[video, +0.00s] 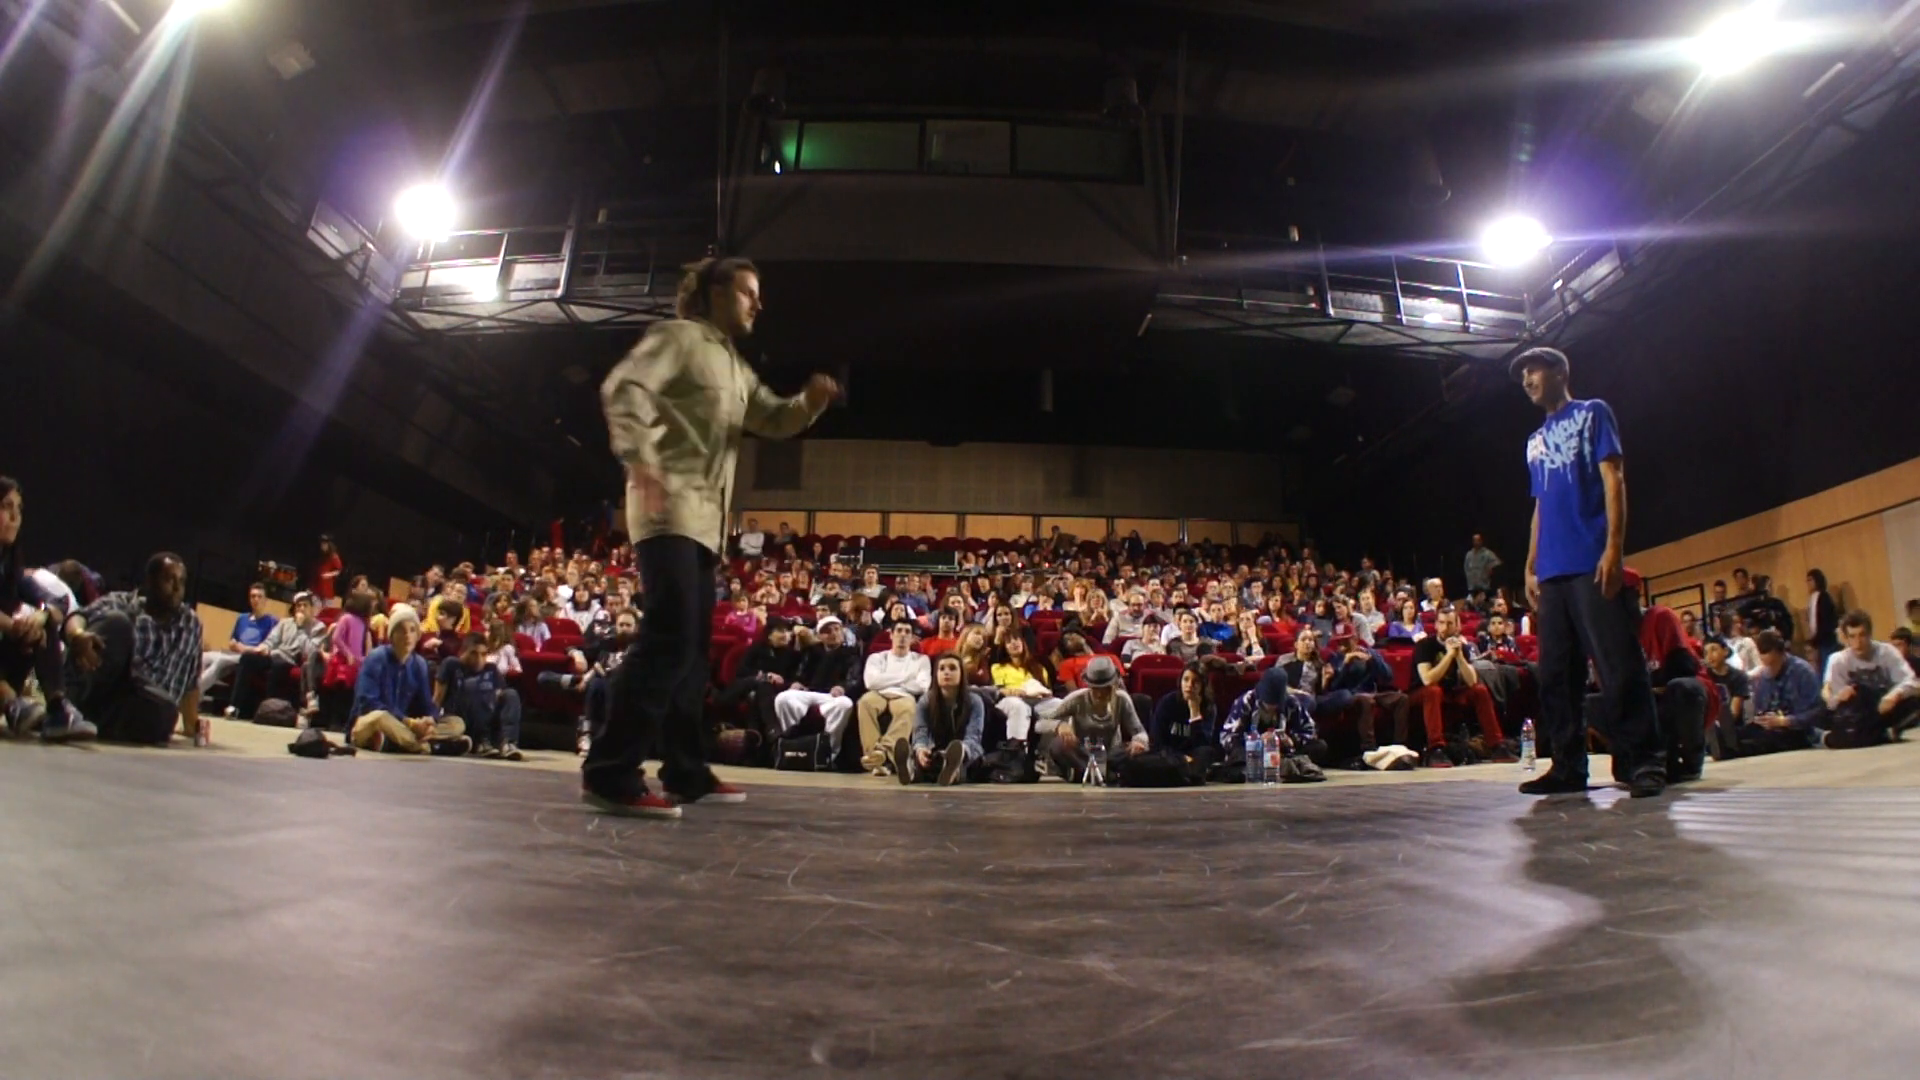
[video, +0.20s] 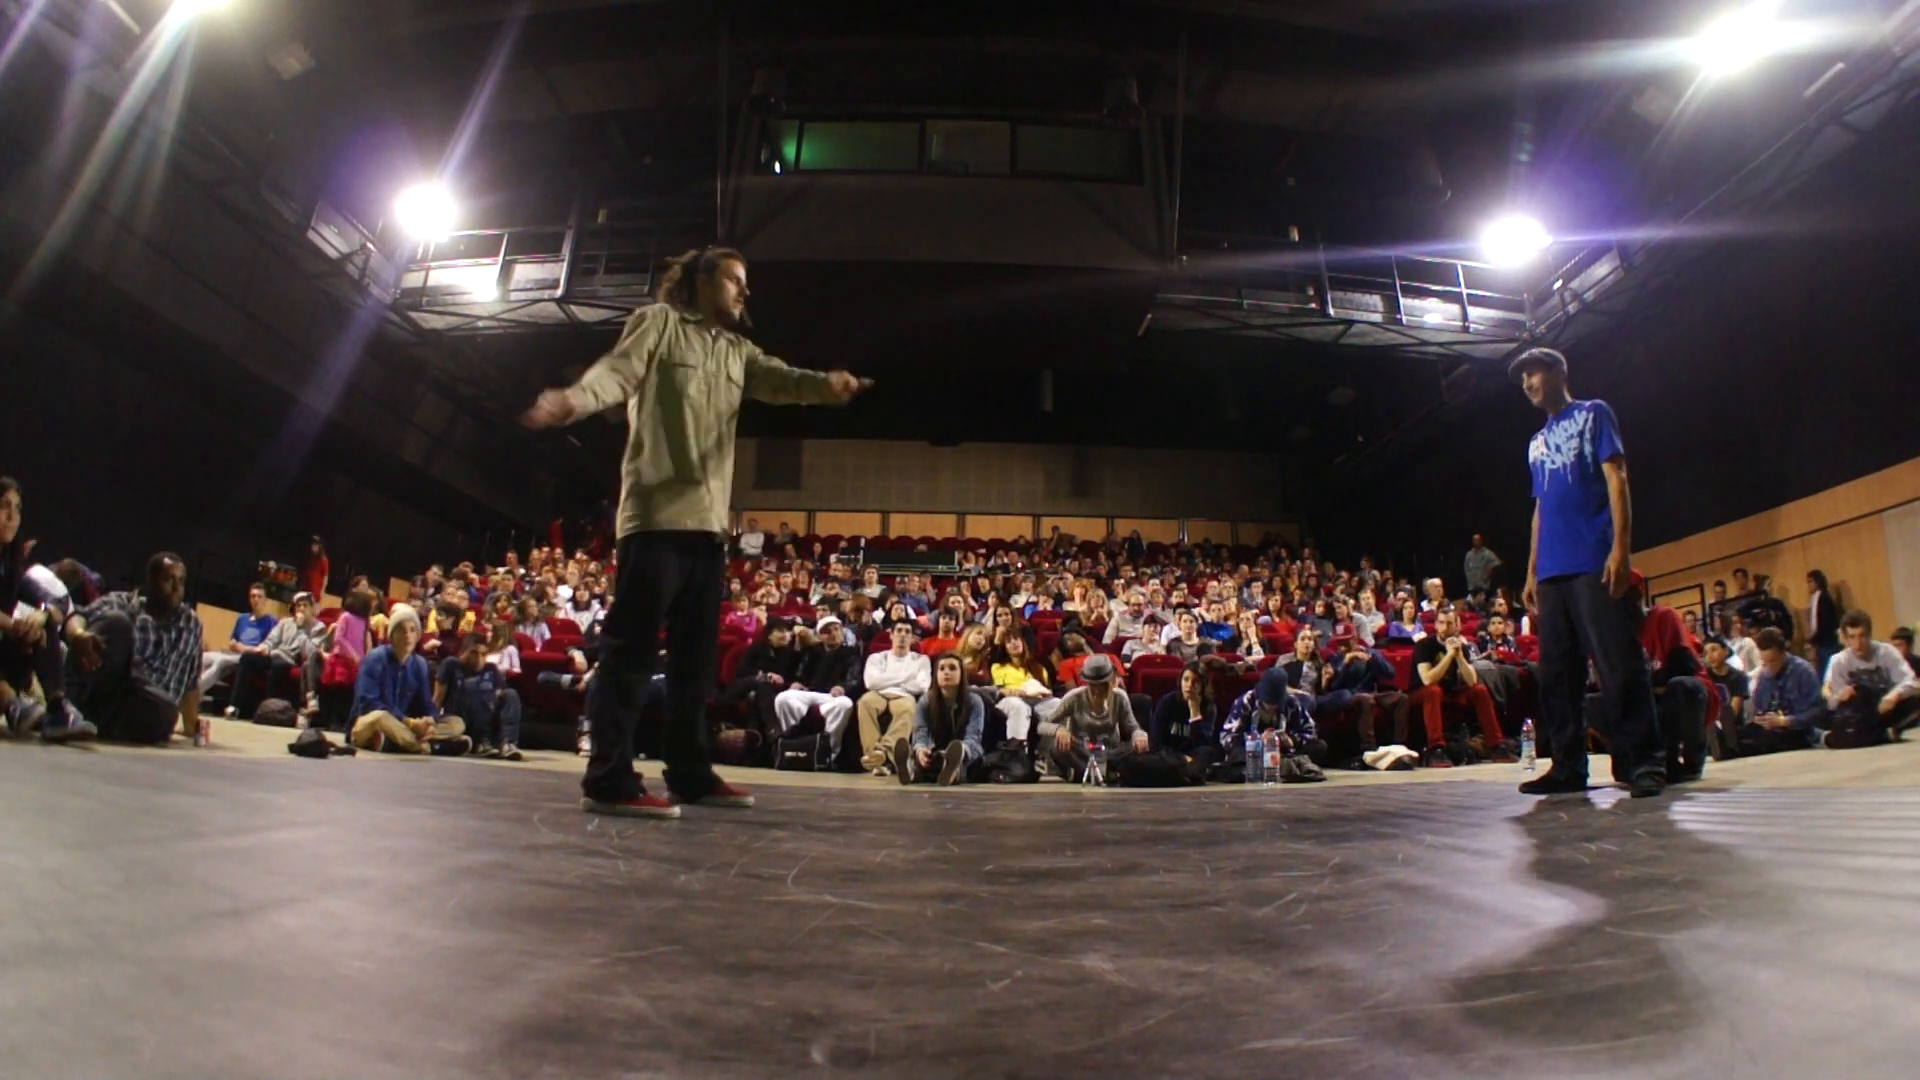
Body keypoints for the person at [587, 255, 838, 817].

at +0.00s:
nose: (756, 304)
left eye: (758, 296)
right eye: (747, 292)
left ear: (745, 304)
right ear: (714, 292)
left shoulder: (738, 370)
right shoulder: (679, 335)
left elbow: (773, 419)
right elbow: (625, 389)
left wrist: (811, 402)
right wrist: (643, 461)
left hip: (704, 521)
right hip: (666, 511)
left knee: (693, 647)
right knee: (669, 642)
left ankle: (686, 772)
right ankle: (611, 772)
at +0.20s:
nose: (744, 293)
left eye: (746, 285)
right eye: (735, 280)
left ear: (735, 295)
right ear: (701, 280)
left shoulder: (737, 350)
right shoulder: (660, 321)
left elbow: (782, 378)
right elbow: (617, 372)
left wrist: (828, 385)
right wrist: (575, 400)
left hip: (708, 519)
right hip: (654, 513)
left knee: (695, 658)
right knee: (631, 650)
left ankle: (691, 775)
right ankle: (609, 779)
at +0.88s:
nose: (741, 300)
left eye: (746, 293)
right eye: (733, 288)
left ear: (743, 301)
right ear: (701, 284)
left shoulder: (733, 342)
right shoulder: (671, 311)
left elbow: (776, 356)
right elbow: (642, 327)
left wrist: (779, 316)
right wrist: (739, 340)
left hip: (718, 509)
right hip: (666, 499)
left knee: (732, 634)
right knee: (680, 622)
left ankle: (702, 758)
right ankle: (620, 763)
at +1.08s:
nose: (746, 306)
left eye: (750, 298)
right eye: (738, 293)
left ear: (745, 303)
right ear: (706, 286)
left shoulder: (737, 340)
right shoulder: (666, 308)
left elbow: (780, 347)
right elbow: (648, 322)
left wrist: (826, 338)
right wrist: (733, 318)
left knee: (766, 632)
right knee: (636, 643)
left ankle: (755, 752)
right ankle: (618, 775)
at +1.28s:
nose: (761, 322)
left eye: (765, 314)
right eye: (757, 309)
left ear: (755, 312)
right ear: (729, 296)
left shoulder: (739, 347)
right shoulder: (687, 321)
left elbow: (777, 349)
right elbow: (660, 283)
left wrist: (834, 350)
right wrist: (723, 261)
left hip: (730, 513)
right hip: (674, 507)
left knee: (784, 615)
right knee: (659, 640)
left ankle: (740, 740)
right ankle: (617, 764)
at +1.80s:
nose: (776, 278)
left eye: (776, 271)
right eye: (766, 269)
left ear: (766, 283)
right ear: (736, 273)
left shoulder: (768, 338)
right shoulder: (712, 302)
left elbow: (803, 335)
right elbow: (711, 241)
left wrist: (847, 305)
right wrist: (761, 173)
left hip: (722, 497)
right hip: (673, 481)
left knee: (761, 623)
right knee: (715, 601)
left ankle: (757, 751)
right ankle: (646, 741)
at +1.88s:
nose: (783, 293)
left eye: (787, 288)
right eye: (775, 281)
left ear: (783, 301)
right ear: (746, 281)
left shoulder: (772, 346)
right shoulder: (713, 310)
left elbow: (814, 351)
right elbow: (717, 253)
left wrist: (870, 328)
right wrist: (779, 200)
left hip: (720, 496)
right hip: (671, 480)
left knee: (749, 622)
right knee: (709, 610)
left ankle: (762, 747)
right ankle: (649, 741)